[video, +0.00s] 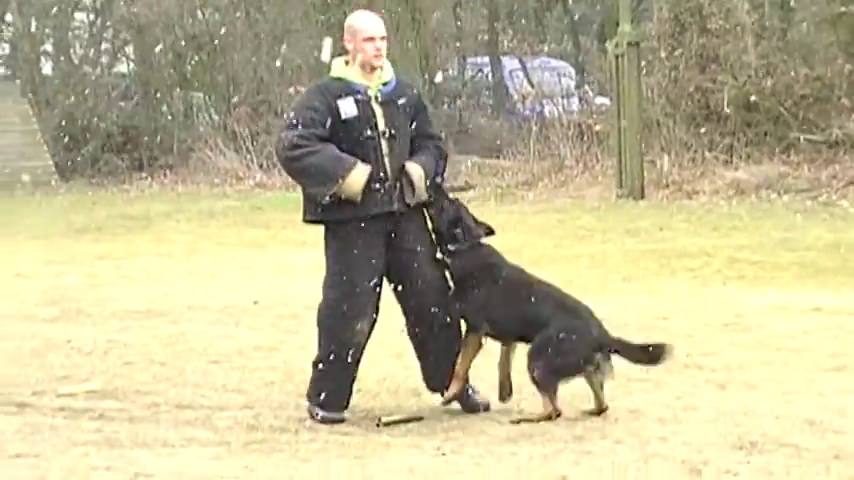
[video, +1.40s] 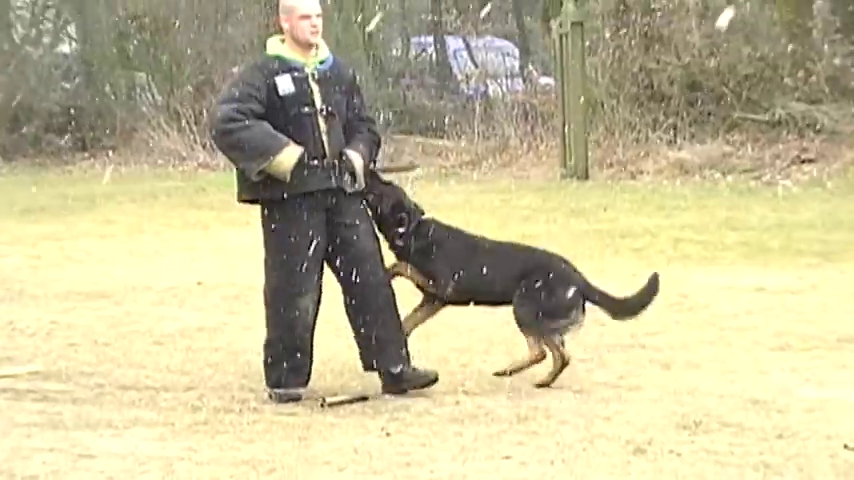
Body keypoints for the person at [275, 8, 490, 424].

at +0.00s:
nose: (378, 48)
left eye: (382, 40)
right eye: (369, 40)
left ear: (388, 44)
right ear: (348, 44)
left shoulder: (404, 95)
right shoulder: (326, 94)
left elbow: (432, 144)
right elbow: (294, 146)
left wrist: (421, 168)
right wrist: (347, 173)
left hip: (407, 218)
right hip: (354, 220)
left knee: (431, 297)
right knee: (349, 310)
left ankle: (453, 382)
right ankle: (327, 398)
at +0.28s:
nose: (379, 7)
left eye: (382, 1)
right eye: (369, 1)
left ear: (388, 5)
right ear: (349, 7)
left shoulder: (410, 51)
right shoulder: (335, 61)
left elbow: (441, 95)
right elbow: (314, 118)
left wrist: (430, 114)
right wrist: (376, 132)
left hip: (423, 178)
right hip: (373, 185)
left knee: (442, 263)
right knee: (365, 272)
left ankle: (461, 354)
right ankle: (335, 358)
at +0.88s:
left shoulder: (403, 19)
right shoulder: (315, 18)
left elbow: (431, 75)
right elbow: (288, 70)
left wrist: (411, 102)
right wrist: (336, 91)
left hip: (401, 145)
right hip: (347, 145)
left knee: (416, 232)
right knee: (336, 235)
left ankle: (432, 321)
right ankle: (304, 320)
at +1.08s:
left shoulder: (363, 32)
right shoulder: (276, 42)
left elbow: (399, 78)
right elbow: (253, 99)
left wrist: (389, 111)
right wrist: (296, 120)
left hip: (373, 160)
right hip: (321, 166)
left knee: (391, 247)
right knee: (316, 255)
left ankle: (410, 337)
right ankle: (289, 340)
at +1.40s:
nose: (315, 23)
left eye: (318, 16)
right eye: (305, 16)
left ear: (323, 20)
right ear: (284, 22)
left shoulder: (340, 71)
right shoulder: (262, 72)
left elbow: (364, 126)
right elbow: (229, 123)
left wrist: (356, 155)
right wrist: (285, 156)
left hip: (344, 193)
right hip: (293, 197)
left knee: (369, 277)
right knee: (294, 291)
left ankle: (395, 368)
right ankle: (286, 381)